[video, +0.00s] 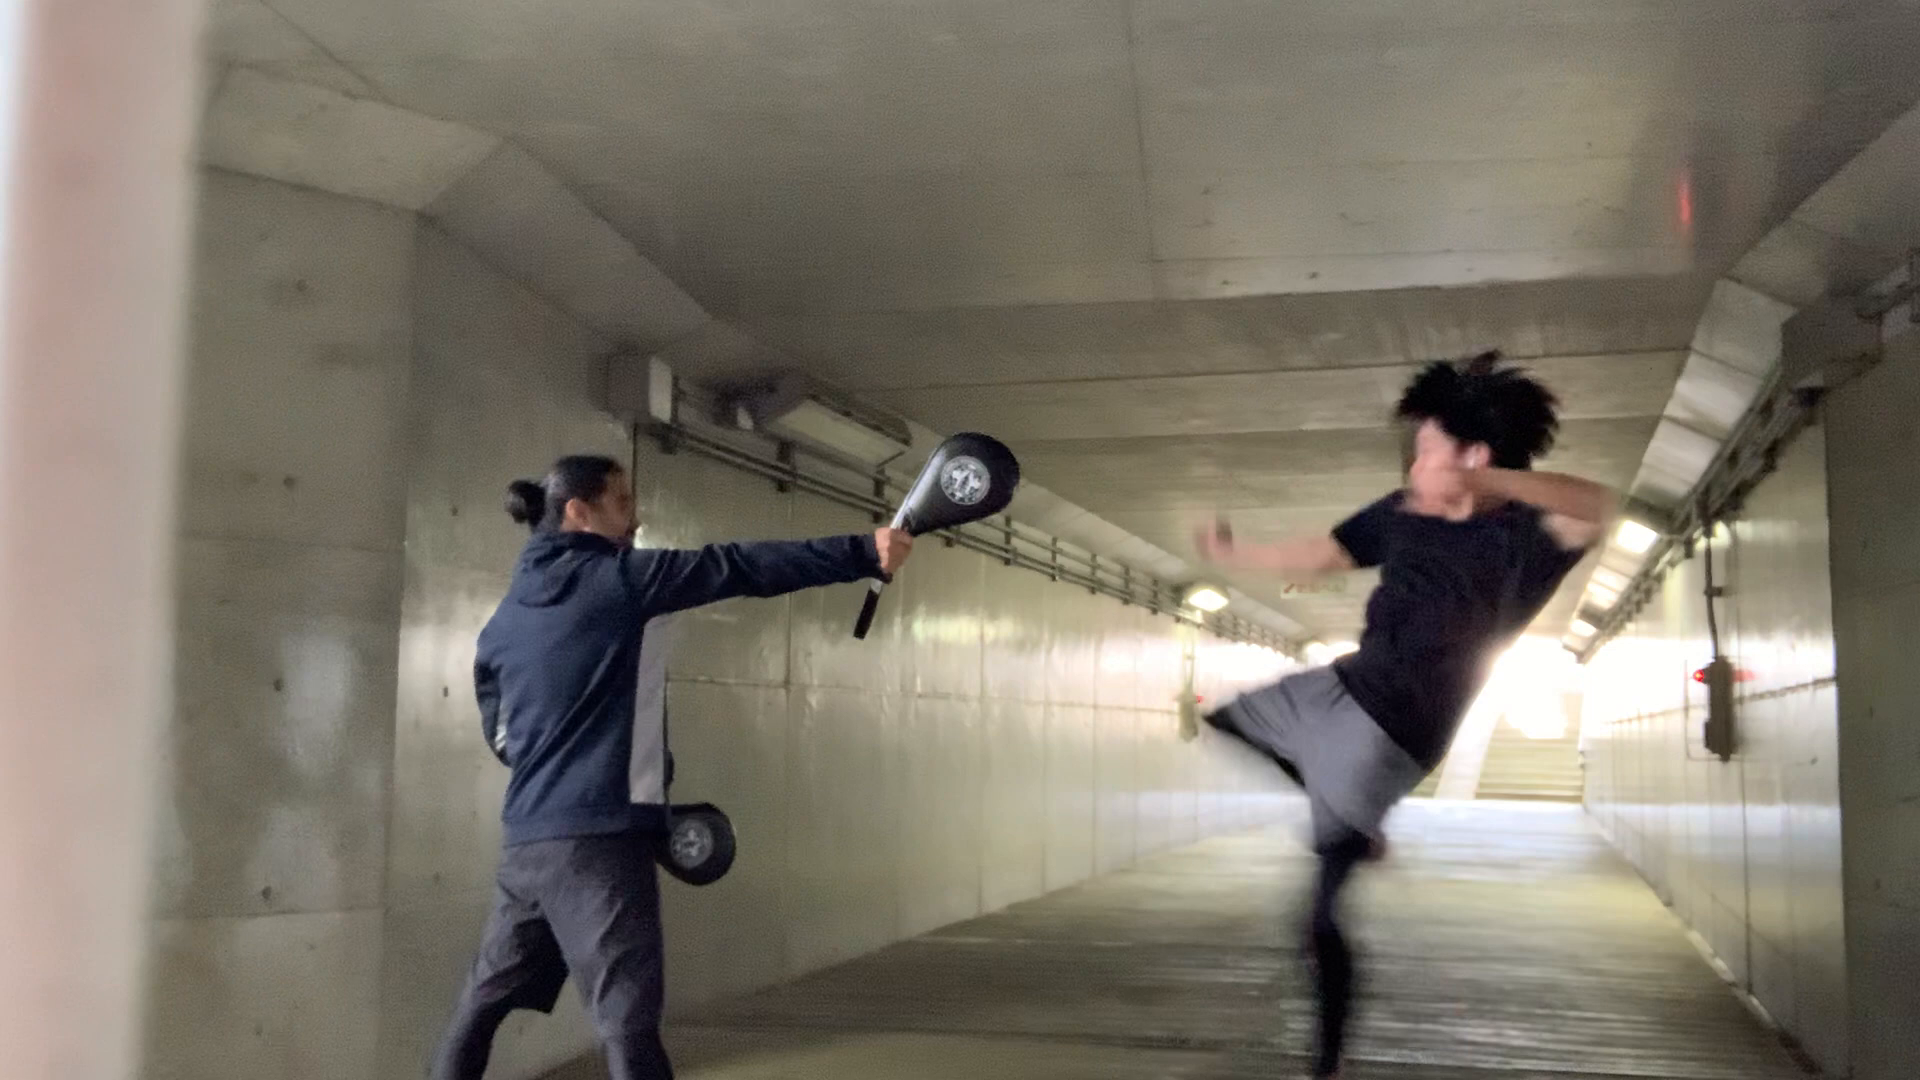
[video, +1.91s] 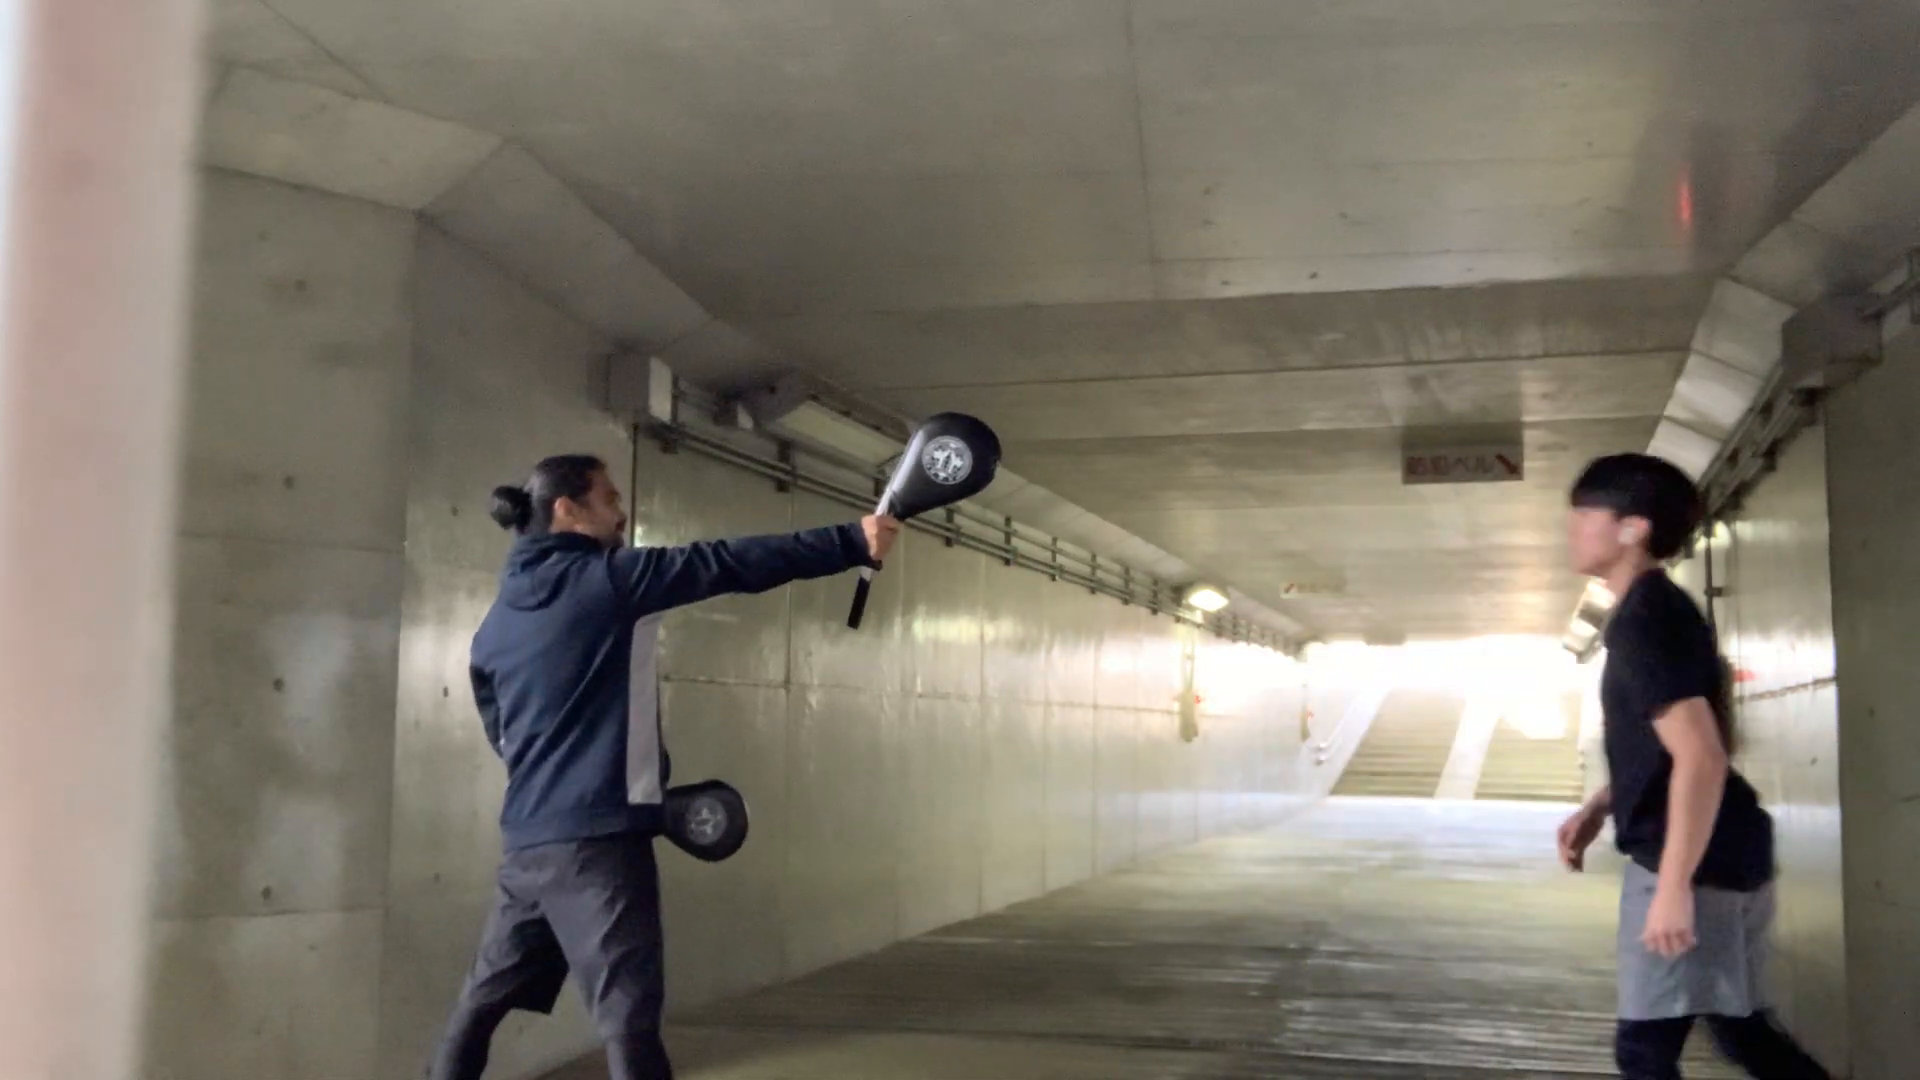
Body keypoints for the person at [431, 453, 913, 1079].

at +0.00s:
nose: (635, 515)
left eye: (632, 501)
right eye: (623, 502)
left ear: (568, 513)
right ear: (577, 509)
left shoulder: (503, 620)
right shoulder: (616, 575)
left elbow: (504, 735)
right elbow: (736, 566)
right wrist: (863, 552)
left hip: (528, 835)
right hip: (595, 832)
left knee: (480, 1005)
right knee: (627, 1024)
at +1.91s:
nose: (622, 513)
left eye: (619, 499)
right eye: (611, 500)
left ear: (555, 514)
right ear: (567, 509)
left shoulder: (492, 630)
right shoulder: (604, 577)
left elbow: (511, 741)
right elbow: (723, 563)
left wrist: (629, 787)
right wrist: (851, 540)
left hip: (528, 838)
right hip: (595, 835)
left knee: (477, 1008)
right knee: (629, 1023)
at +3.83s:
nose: (630, 517)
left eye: (627, 503)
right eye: (618, 503)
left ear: (564, 516)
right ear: (572, 512)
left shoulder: (495, 630)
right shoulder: (608, 578)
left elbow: (513, 741)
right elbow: (727, 565)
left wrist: (634, 786)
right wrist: (855, 544)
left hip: (529, 841)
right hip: (596, 839)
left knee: (477, 1009)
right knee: (629, 1027)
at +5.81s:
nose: (611, 513)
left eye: (607, 499)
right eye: (598, 499)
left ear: (544, 517)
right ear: (553, 512)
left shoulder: (487, 639)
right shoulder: (592, 579)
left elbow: (525, 753)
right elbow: (710, 570)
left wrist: (636, 794)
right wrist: (834, 540)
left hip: (526, 842)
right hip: (591, 840)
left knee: (474, 1008)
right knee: (625, 1027)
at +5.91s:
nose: (614, 512)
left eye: (609, 498)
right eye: (600, 499)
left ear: (547, 518)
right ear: (557, 513)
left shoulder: (487, 639)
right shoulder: (595, 578)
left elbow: (517, 753)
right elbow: (715, 569)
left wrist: (633, 792)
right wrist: (838, 539)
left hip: (527, 841)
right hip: (591, 838)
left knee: (474, 1009)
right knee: (627, 1024)